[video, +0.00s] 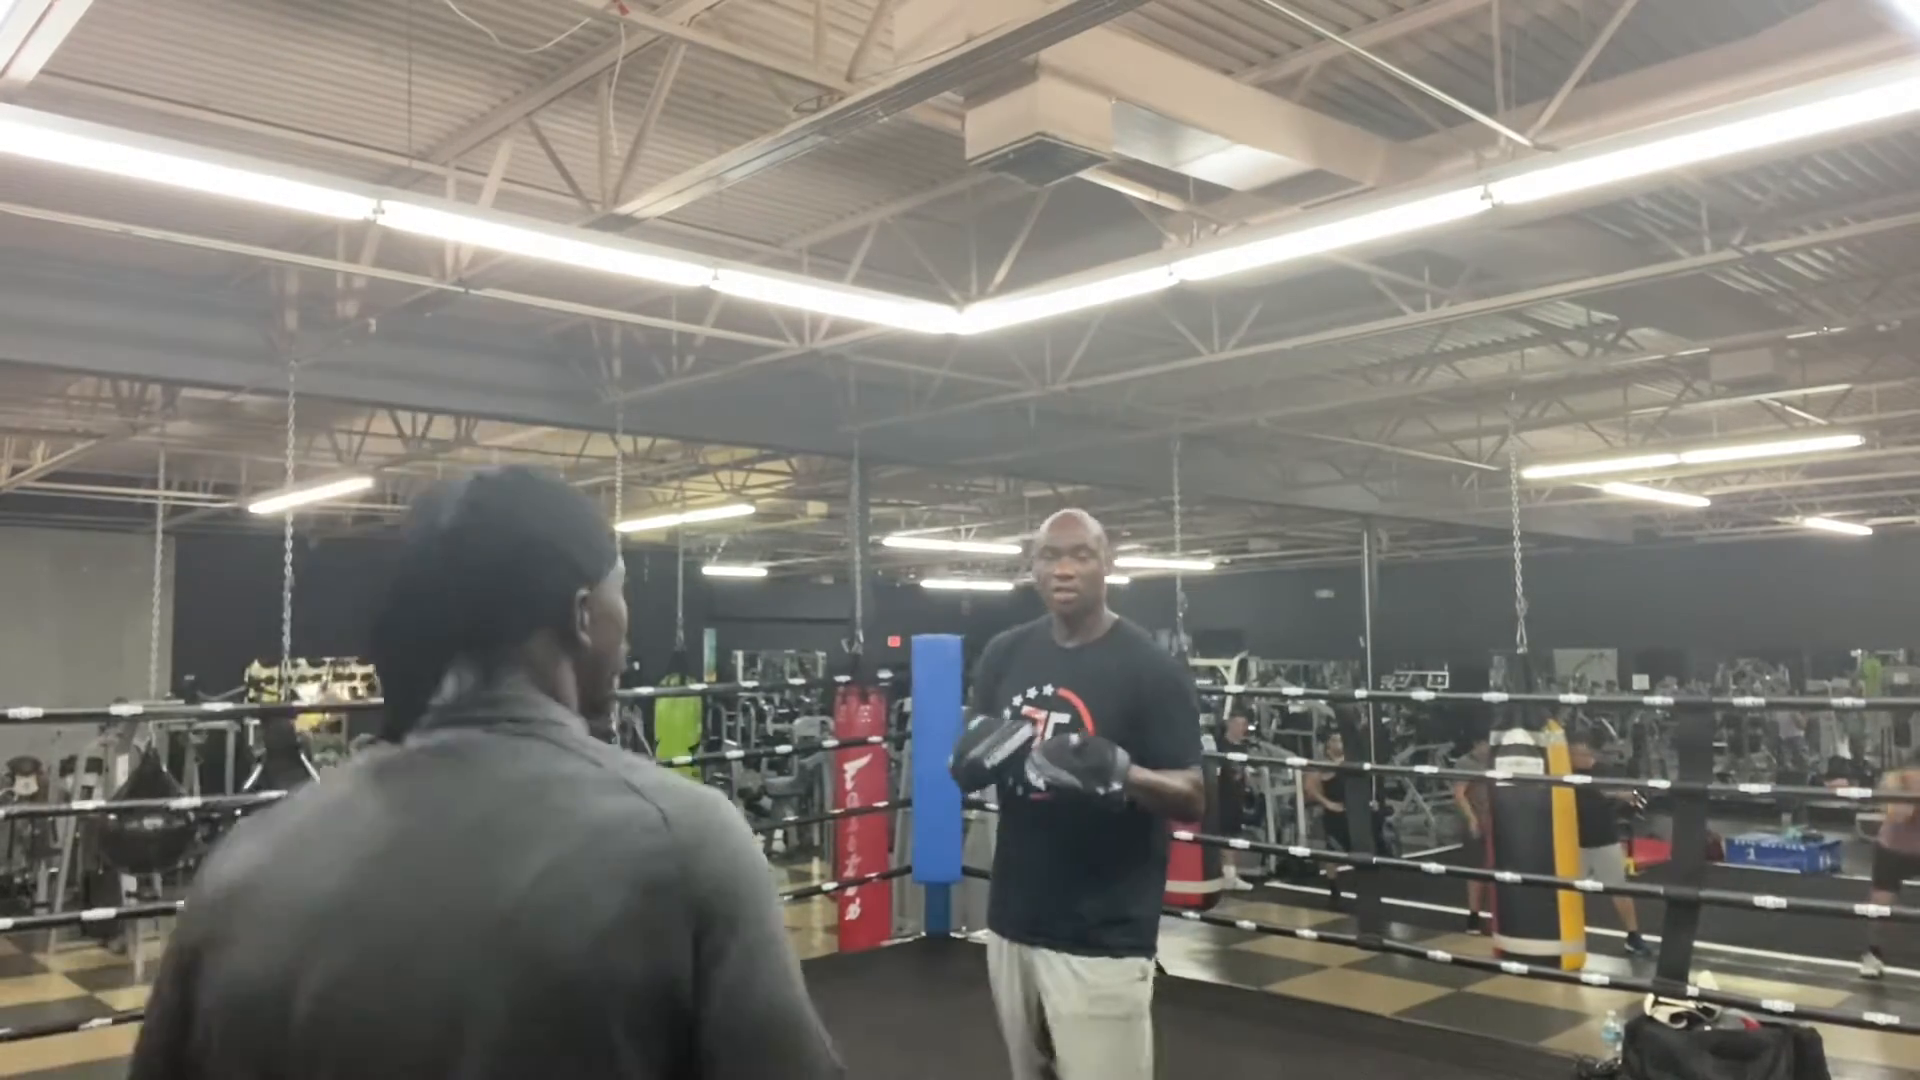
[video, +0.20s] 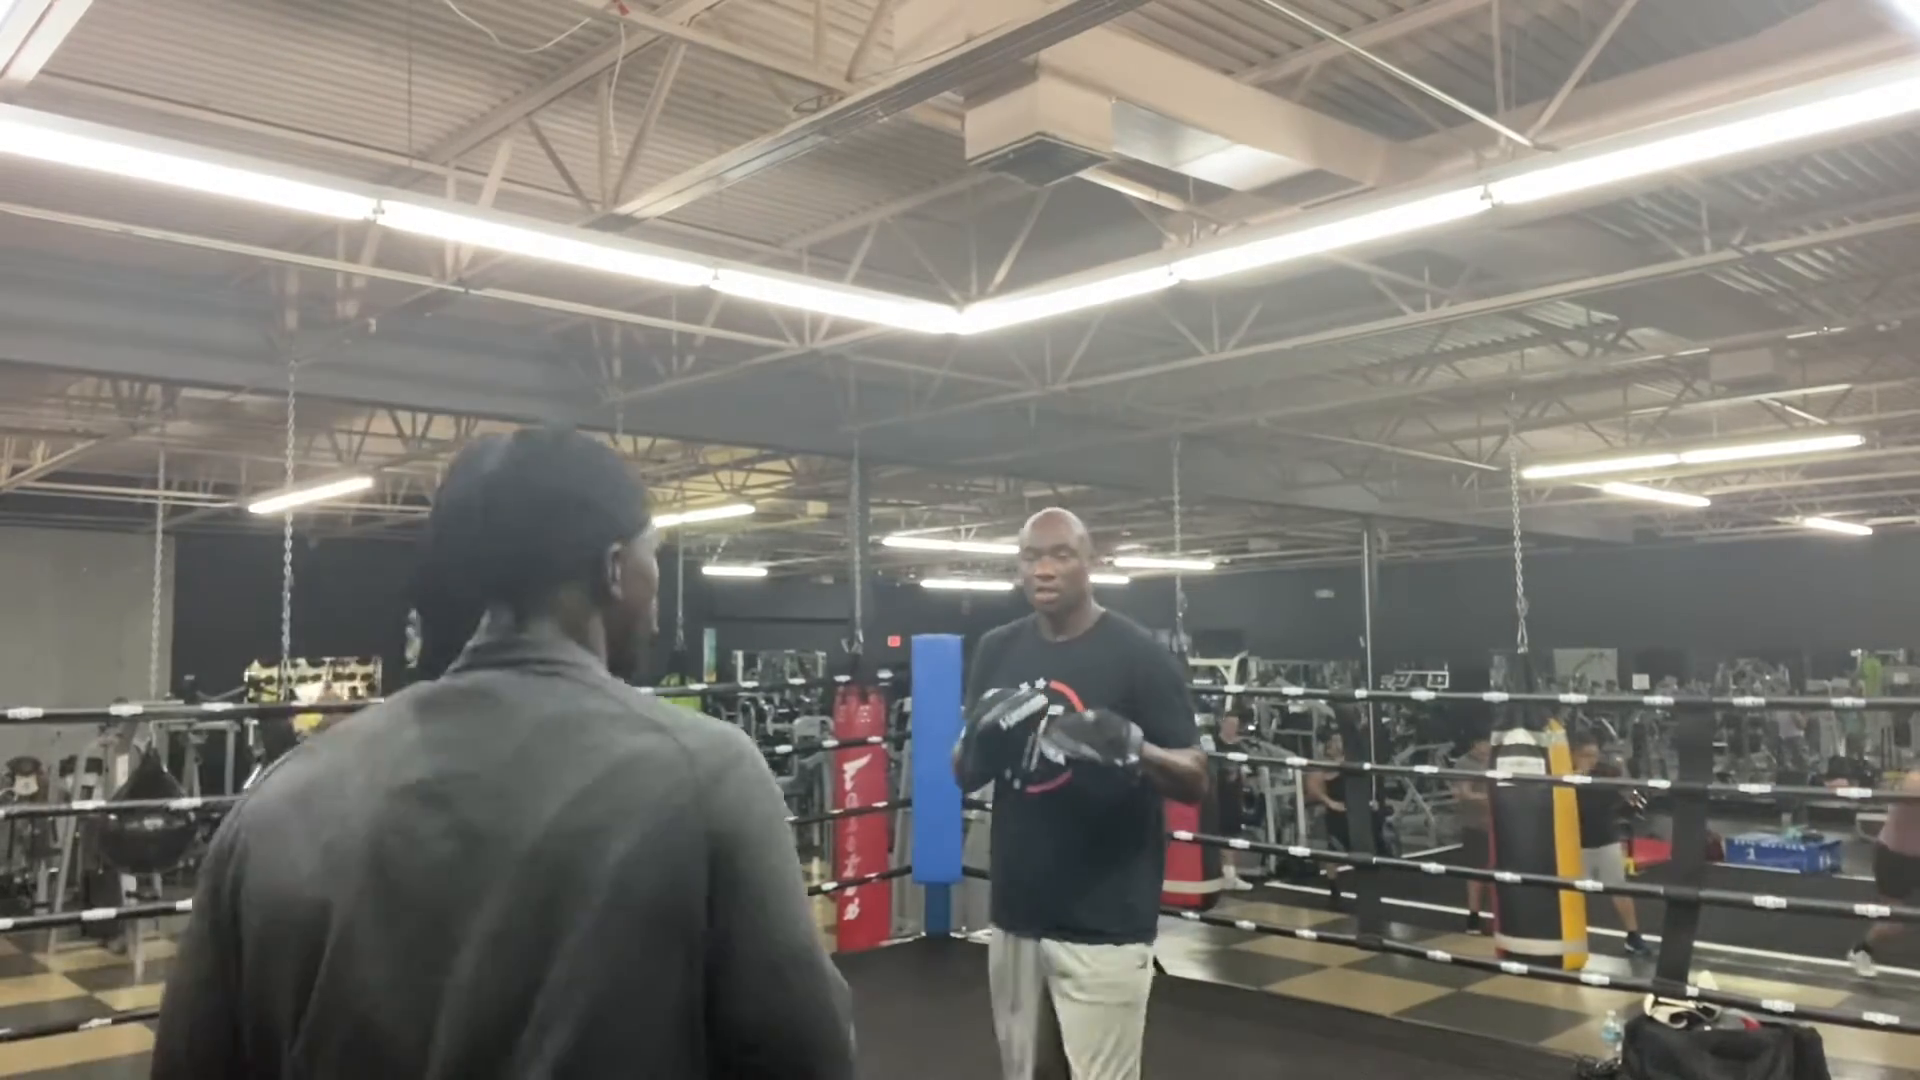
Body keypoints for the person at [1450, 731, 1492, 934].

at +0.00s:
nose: (1487, 750)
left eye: (1488, 746)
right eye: (1484, 745)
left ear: (1489, 748)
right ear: (1475, 746)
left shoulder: (1490, 764)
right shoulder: (1467, 764)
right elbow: (1459, 792)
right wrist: (1472, 818)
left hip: (1493, 821)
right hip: (1478, 822)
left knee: (1492, 870)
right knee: (1476, 869)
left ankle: (1493, 911)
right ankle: (1474, 913)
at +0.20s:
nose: (1486, 753)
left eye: (1488, 749)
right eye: (1482, 748)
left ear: (1491, 749)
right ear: (1473, 747)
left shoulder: (1493, 765)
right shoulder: (1464, 765)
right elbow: (1464, 794)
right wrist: (1488, 799)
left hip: (1495, 824)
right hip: (1475, 824)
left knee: (1494, 871)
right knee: (1475, 870)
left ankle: (1498, 913)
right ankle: (1474, 913)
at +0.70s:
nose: (1486, 749)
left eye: (1487, 744)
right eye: (1482, 744)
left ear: (1490, 745)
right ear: (1472, 745)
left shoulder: (1492, 763)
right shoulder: (1465, 764)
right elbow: (1461, 792)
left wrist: (1495, 808)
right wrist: (1484, 809)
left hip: (1494, 825)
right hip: (1474, 825)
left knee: (1494, 871)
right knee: (1474, 871)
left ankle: (1497, 912)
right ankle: (1474, 913)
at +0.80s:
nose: (1487, 750)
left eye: (1488, 745)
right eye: (1483, 745)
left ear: (1488, 746)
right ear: (1472, 745)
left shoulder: (1491, 765)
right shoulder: (1466, 764)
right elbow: (1457, 793)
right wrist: (1480, 816)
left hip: (1494, 823)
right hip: (1476, 825)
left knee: (1494, 871)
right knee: (1475, 870)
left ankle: (1496, 911)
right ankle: (1474, 914)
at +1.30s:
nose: (1480, 755)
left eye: (1483, 751)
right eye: (1477, 750)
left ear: (1488, 752)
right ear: (1470, 750)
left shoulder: (1491, 766)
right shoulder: (1463, 765)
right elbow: (1455, 793)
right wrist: (1477, 804)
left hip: (1491, 819)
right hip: (1474, 820)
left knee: (1489, 867)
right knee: (1475, 867)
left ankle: (1488, 911)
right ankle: (1474, 913)